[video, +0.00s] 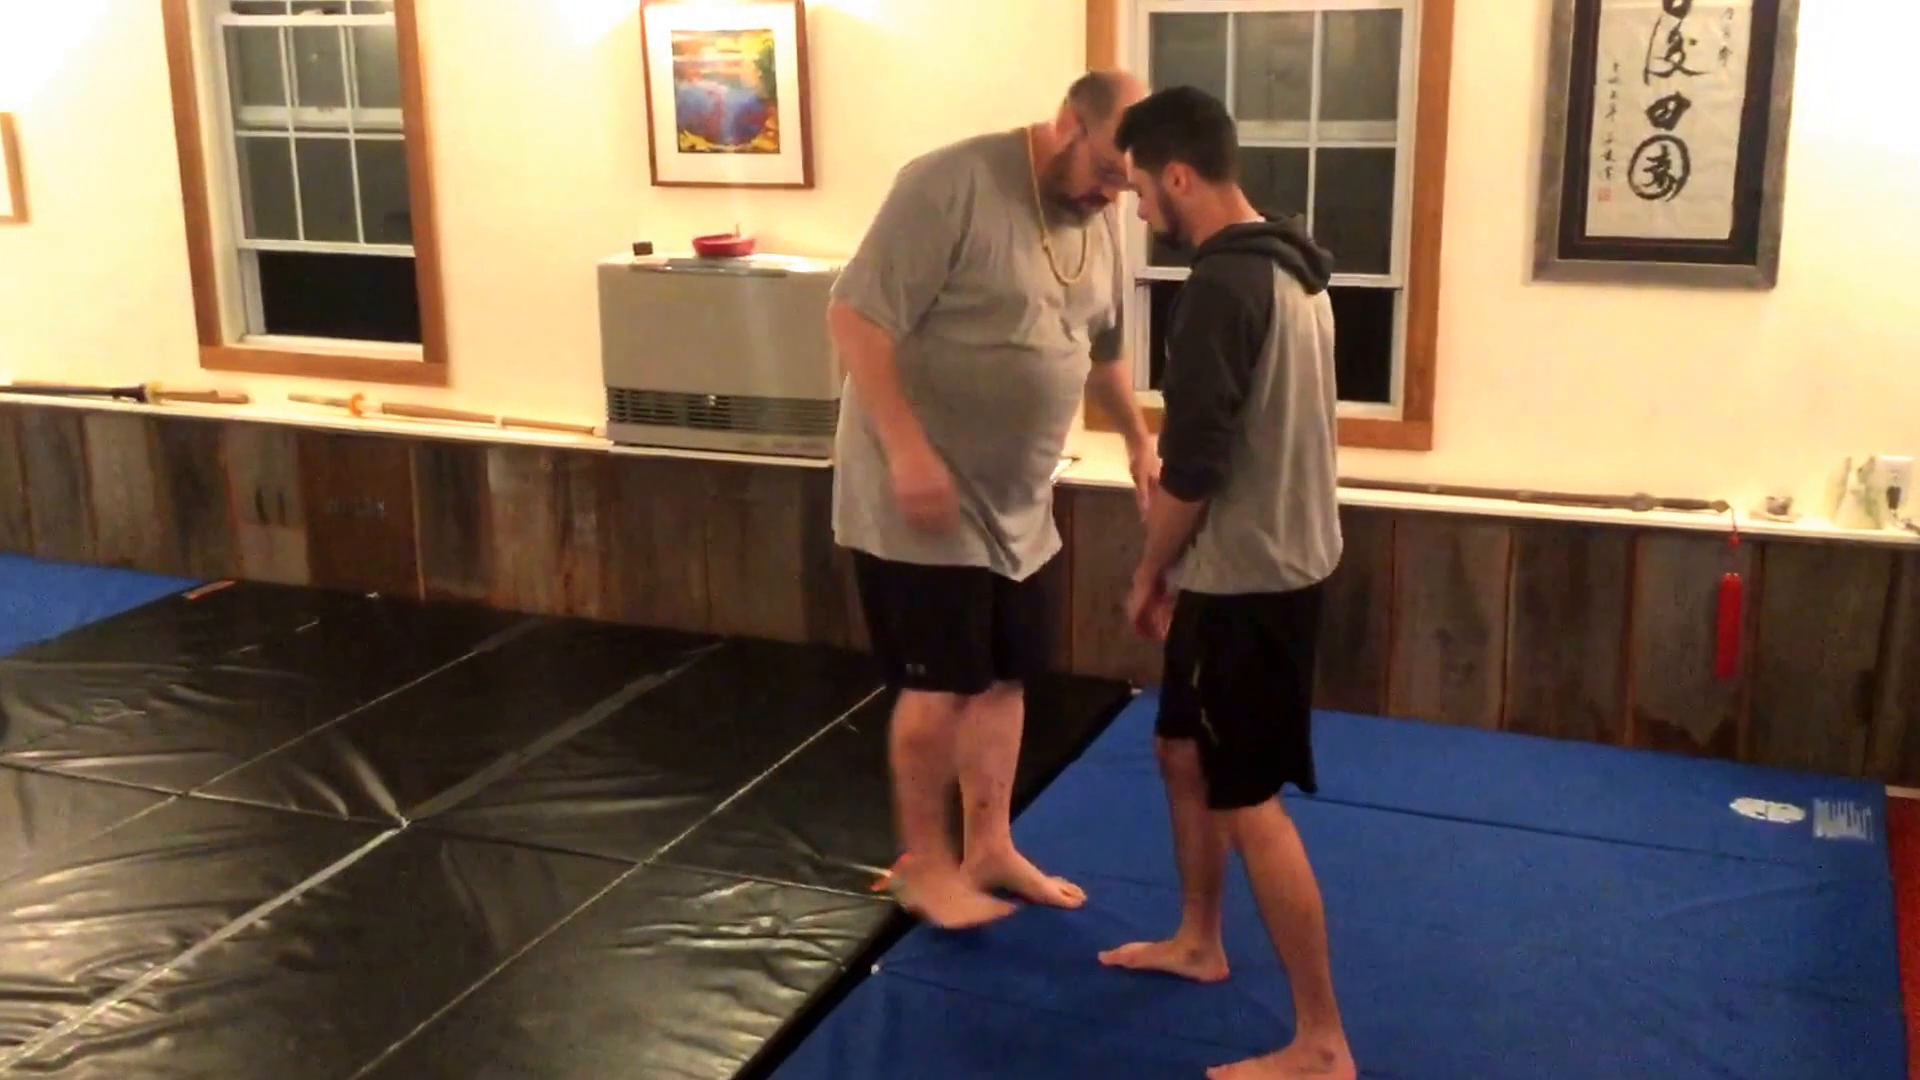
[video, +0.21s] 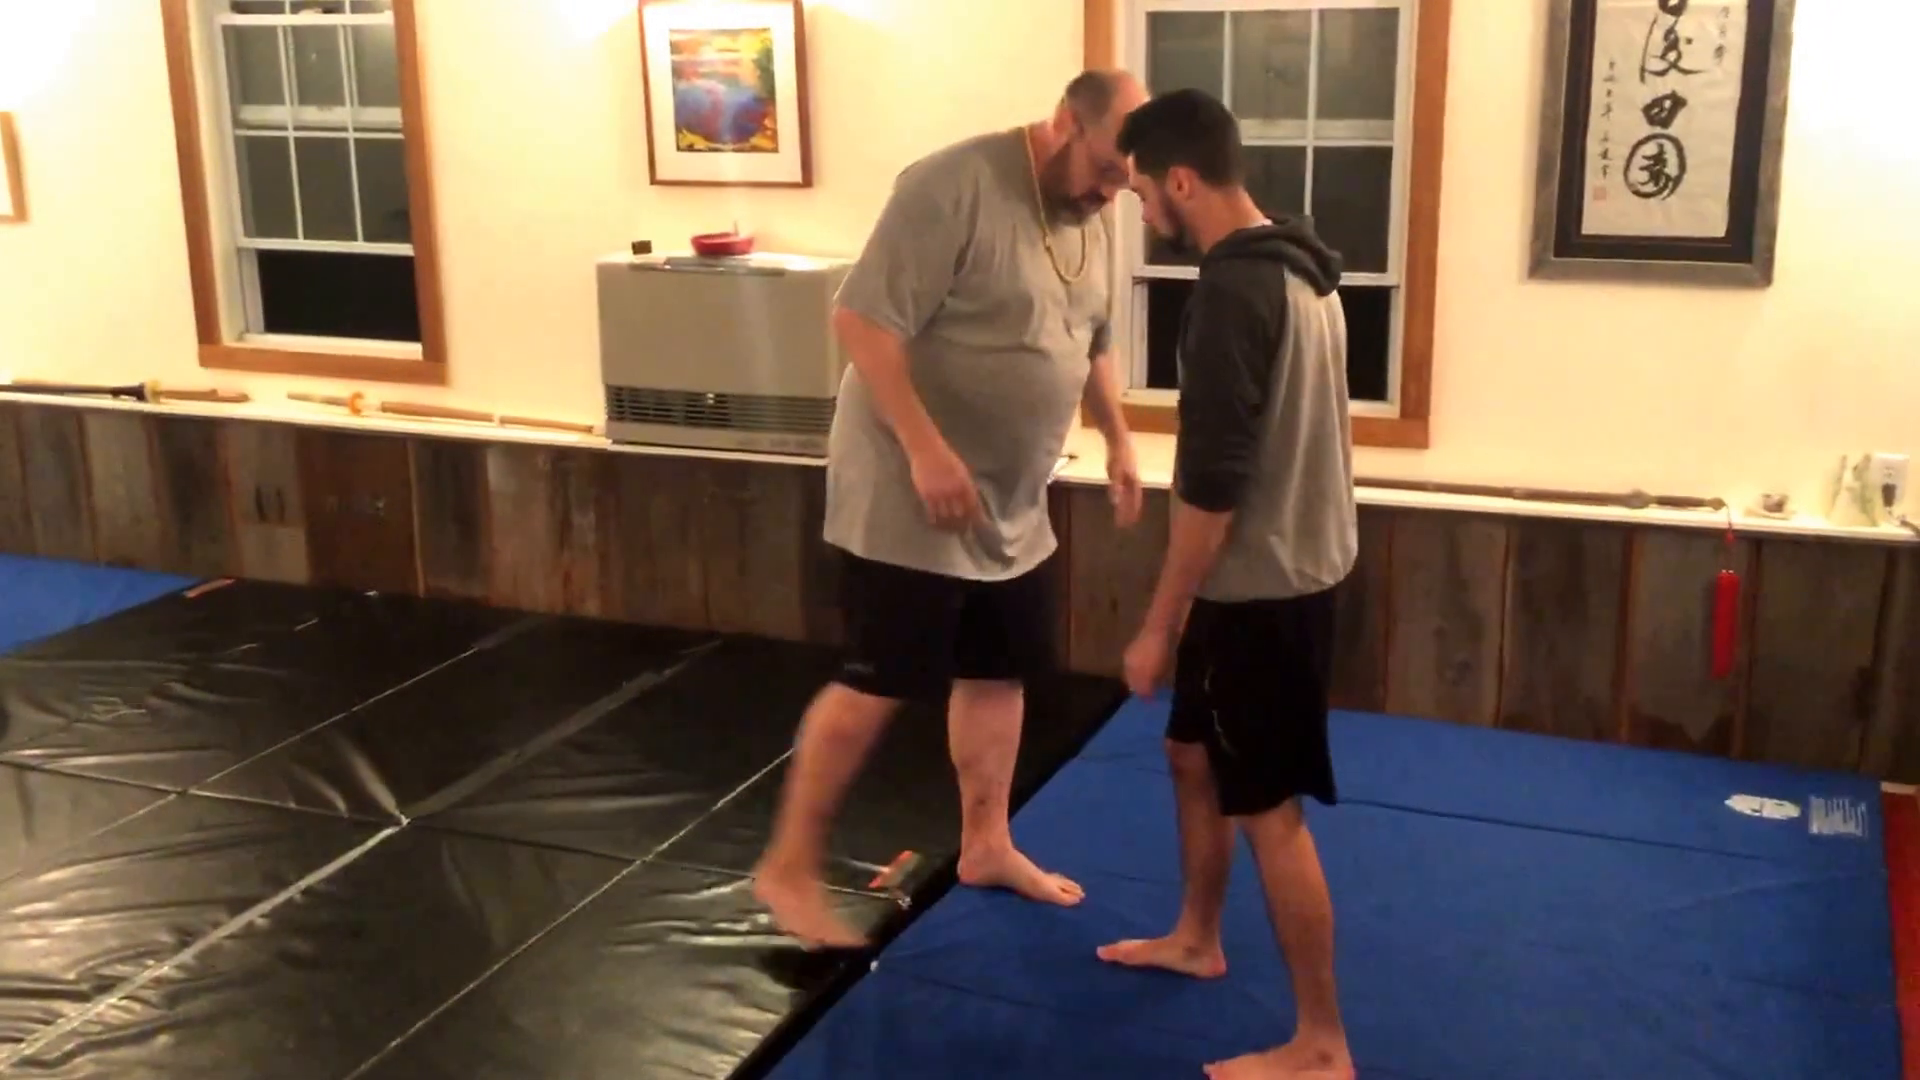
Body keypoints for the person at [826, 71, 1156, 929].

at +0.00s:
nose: (1114, 194)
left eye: (1126, 179)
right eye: (1107, 172)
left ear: (1125, 159)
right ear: (1065, 127)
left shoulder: (1102, 220)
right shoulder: (948, 183)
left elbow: (1102, 352)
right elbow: (856, 315)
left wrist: (1139, 438)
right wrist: (906, 448)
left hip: (1017, 495)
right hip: (916, 488)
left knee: (1004, 676)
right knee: (935, 680)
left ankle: (989, 850)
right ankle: (921, 866)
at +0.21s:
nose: (1114, 188)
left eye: (1127, 174)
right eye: (1107, 165)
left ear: (1134, 164)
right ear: (1061, 126)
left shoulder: (1100, 212)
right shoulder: (950, 184)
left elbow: (1087, 338)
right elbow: (863, 319)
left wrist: (1118, 441)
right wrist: (925, 448)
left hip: (1008, 495)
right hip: (901, 490)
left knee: (996, 669)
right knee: (878, 674)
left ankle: (987, 848)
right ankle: (786, 870)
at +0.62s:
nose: (1001, 192)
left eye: (1012, 176)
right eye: (992, 170)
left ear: (1014, 158)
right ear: (938, 133)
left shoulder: (973, 218)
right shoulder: (842, 218)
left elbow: (993, 353)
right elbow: (781, 378)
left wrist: (1036, 447)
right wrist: (836, 514)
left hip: (944, 530)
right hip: (827, 537)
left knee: (981, 680)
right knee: (779, 718)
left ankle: (983, 841)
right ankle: (705, 907)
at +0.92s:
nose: (890, 169)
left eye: (904, 149)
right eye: (873, 147)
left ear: (914, 136)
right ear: (819, 124)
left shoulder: (908, 210)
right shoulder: (744, 221)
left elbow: (912, 361)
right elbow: (680, 383)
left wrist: (927, 476)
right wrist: (690, 533)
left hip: (896, 521)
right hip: (784, 539)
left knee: (932, 692)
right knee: (747, 735)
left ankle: (979, 840)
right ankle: (699, 914)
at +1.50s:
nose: (840, 119)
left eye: (856, 100)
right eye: (819, 101)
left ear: (878, 102)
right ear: (780, 103)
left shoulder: (902, 205)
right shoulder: (719, 218)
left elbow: (944, 346)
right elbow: (670, 375)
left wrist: (992, 458)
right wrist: (725, 489)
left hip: (903, 519)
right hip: (784, 537)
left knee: (935, 686)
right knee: (750, 733)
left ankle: (978, 836)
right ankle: (696, 907)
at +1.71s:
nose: (825, 107)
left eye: (841, 87)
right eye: (805, 91)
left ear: (871, 91)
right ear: (776, 101)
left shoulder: (911, 205)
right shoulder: (727, 207)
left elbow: (945, 348)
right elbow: (670, 356)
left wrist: (974, 462)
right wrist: (728, 352)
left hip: (905, 507)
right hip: (782, 521)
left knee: (940, 683)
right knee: (748, 727)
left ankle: (977, 834)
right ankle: (695, 904)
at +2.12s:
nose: (843, 96)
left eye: (857, 78)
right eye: (821, 81)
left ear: (884, 88)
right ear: (789, 94)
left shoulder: (919, 205)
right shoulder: (735, 208)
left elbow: (953, 349)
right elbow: (685, 366)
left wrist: (993, 466)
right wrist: (751, 490)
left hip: (923, 515)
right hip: (788, 533)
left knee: (942, 684)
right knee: (747, 727)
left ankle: (977, 831)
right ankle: (697, 899)